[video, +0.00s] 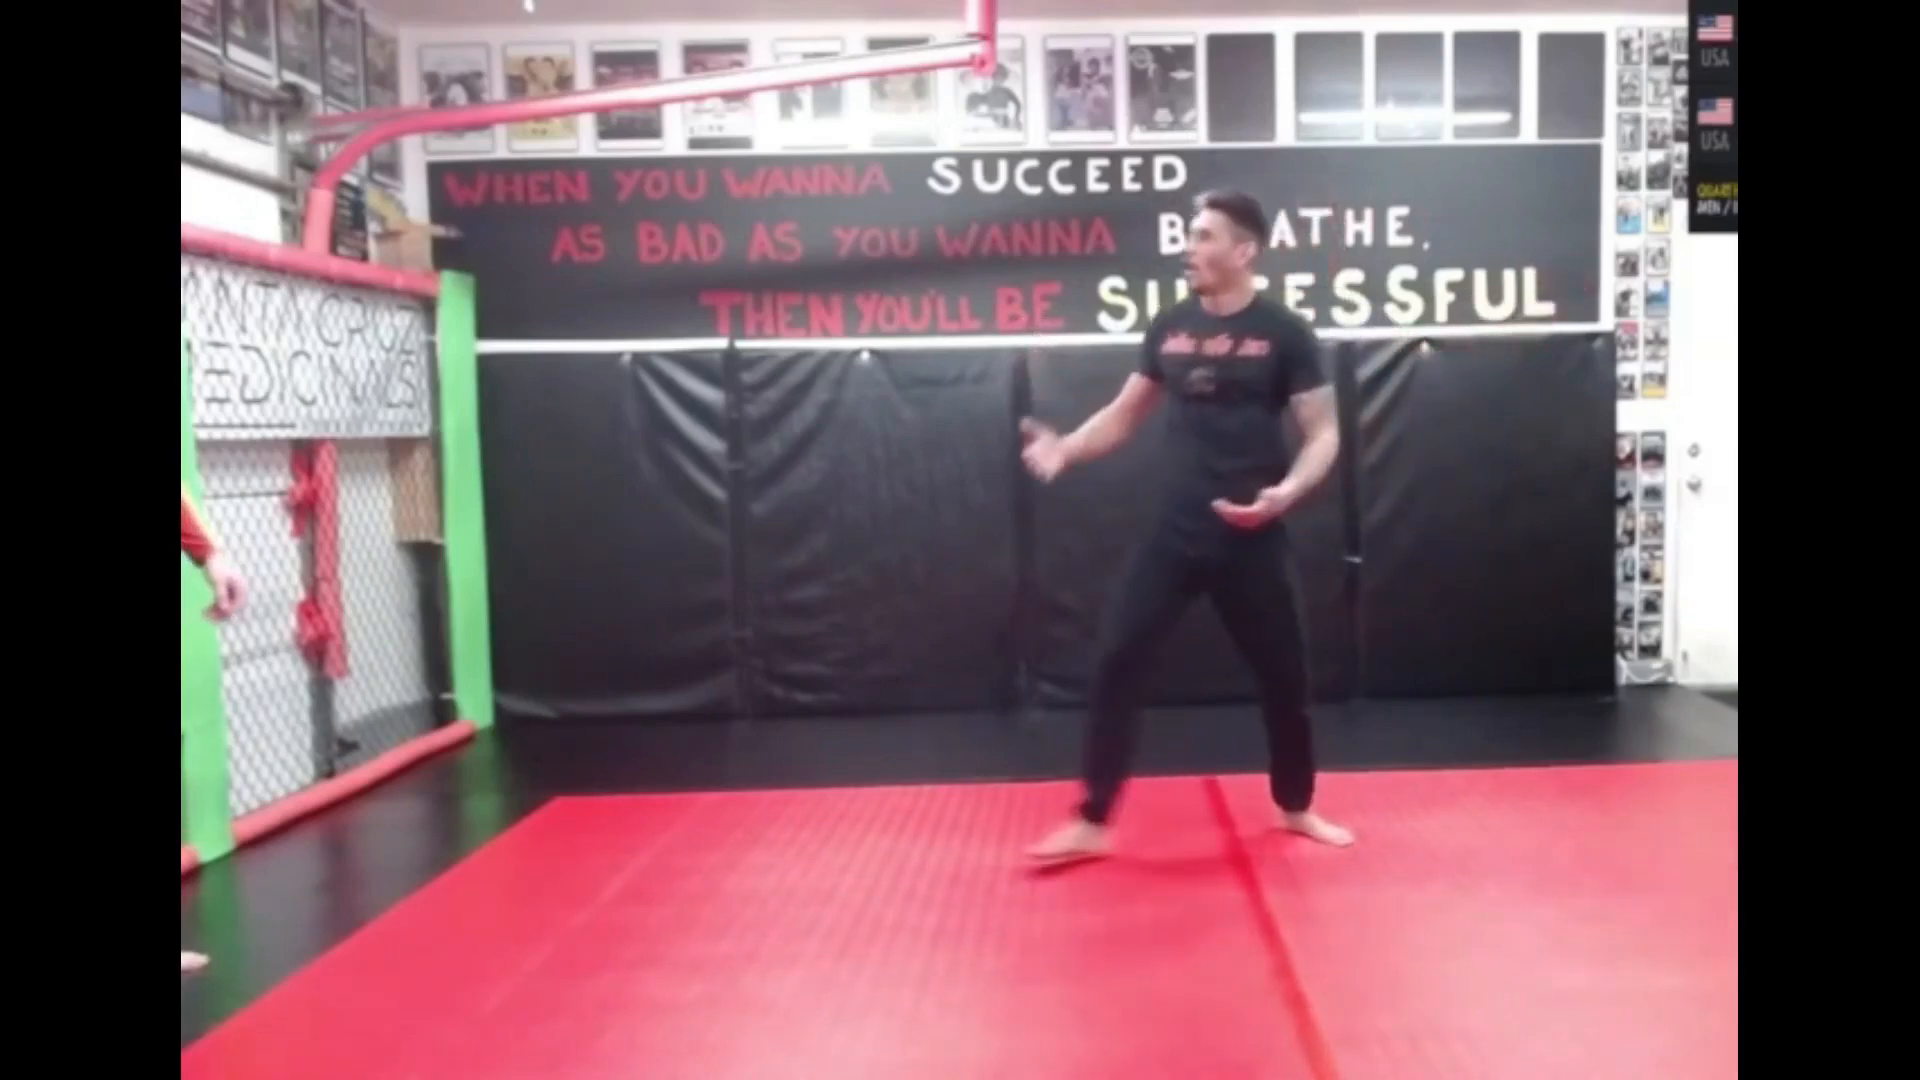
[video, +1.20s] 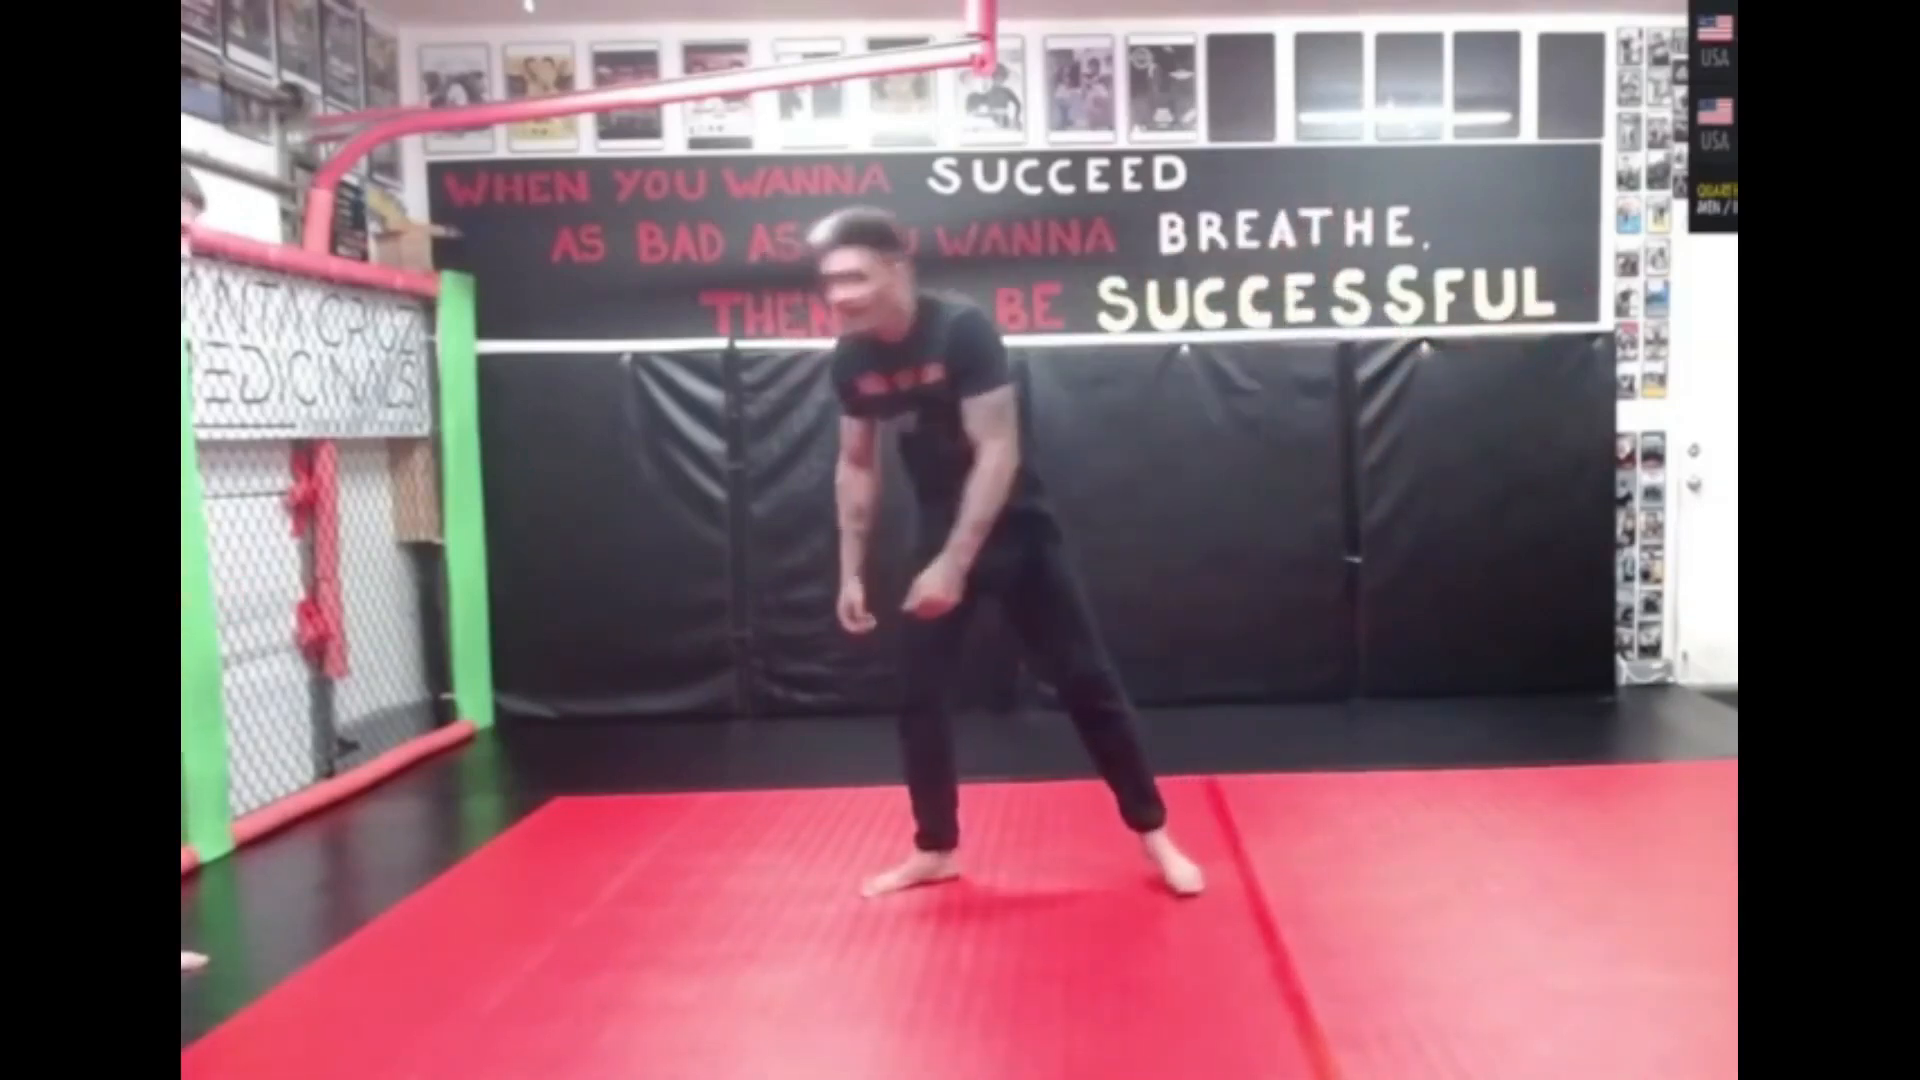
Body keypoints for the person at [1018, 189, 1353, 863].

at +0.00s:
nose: (1191, 248)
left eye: (1207, 237)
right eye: (1191, 236)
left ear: (1248, 250)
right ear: (1195, 247)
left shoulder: (1286, 332)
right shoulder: (1171, 328)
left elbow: (1324, 436)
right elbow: (1123, 413)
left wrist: (1285, 492)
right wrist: (1067, 447)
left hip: (1252, 530)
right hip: (1175, 525)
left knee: (1283, 672)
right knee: (1118, 655)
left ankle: (1296, 807)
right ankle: (1092, 819)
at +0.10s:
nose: (1179, 252)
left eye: (1195, 240)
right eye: (1181, 239)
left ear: (1235, 256)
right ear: (1188, 253)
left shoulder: (1269, 333)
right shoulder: (1160, 334)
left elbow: (1315, 437)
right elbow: (1114, 417)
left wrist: (1274, 497)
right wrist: (1055, 457)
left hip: (1243, 536)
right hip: (1169, 532)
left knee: (1279, 673)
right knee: (1104, 658)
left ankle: (1295, 807)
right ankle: (1059, 823)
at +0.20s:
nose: (1084, 261)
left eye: (1102, 252)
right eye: (1086, 250)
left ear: (1145, 271)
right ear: (1086, 271)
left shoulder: (1180, 353)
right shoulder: (1078, 362)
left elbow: (1251, 443)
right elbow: (1042, 434)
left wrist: (1200, 512)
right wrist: (973, 479)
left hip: (1175, 553)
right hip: (1099, 554)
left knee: (1235, 678)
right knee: (1032, 679)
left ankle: (1290, 807)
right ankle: (961, 837)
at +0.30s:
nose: (970, 295)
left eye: (987, 280)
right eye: (968, 282)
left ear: (1037, 295)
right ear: (974, 297)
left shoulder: (1082, 371)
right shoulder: (994, 383)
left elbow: (1147, 467)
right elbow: (983, 469)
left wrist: (1116, 551)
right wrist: (916, 531)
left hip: (1104, 555)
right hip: (1033, 560)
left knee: (1175, 691)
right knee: (970, 685)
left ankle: (1264, 802)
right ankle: (943, 850)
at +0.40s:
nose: (873, 353)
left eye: (880, 337)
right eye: (869, 338)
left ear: (929, 328)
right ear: (913, 337)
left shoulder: (1008, 387)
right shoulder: (932, 404)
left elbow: (1055, 497)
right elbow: (945, 496)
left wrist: (1026, 613)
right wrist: (916, 588)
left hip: (1070, 541)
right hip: (1003, 543)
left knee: (1119, 695)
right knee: (945, 675)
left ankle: (1202, 831)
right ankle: (938, 847)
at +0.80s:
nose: (783, 335)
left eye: (790, 318)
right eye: (780, 320)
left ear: (840, 310)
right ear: (831, 315)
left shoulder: (923, 358)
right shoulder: (862, 375)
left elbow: (957, 482)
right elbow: (887, 474)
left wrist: (922, 577)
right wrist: (886, 577)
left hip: (1005, 532)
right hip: (942, 539)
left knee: (1072, 678)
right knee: (928, 685)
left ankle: (1158, 834)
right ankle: (939, 849)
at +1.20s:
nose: (841, 297)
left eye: (855, 278)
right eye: (831, 284)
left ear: (902, 267)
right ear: (825, 288)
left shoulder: (963, 332)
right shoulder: (852, 361)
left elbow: (998, 453)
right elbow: (856, 463)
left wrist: (953, 561)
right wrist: (851, 573)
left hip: (1013, 520)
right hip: (939, 529)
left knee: (1083, 673)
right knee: (917, 685)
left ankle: (1154, 833)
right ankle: (935, 848)